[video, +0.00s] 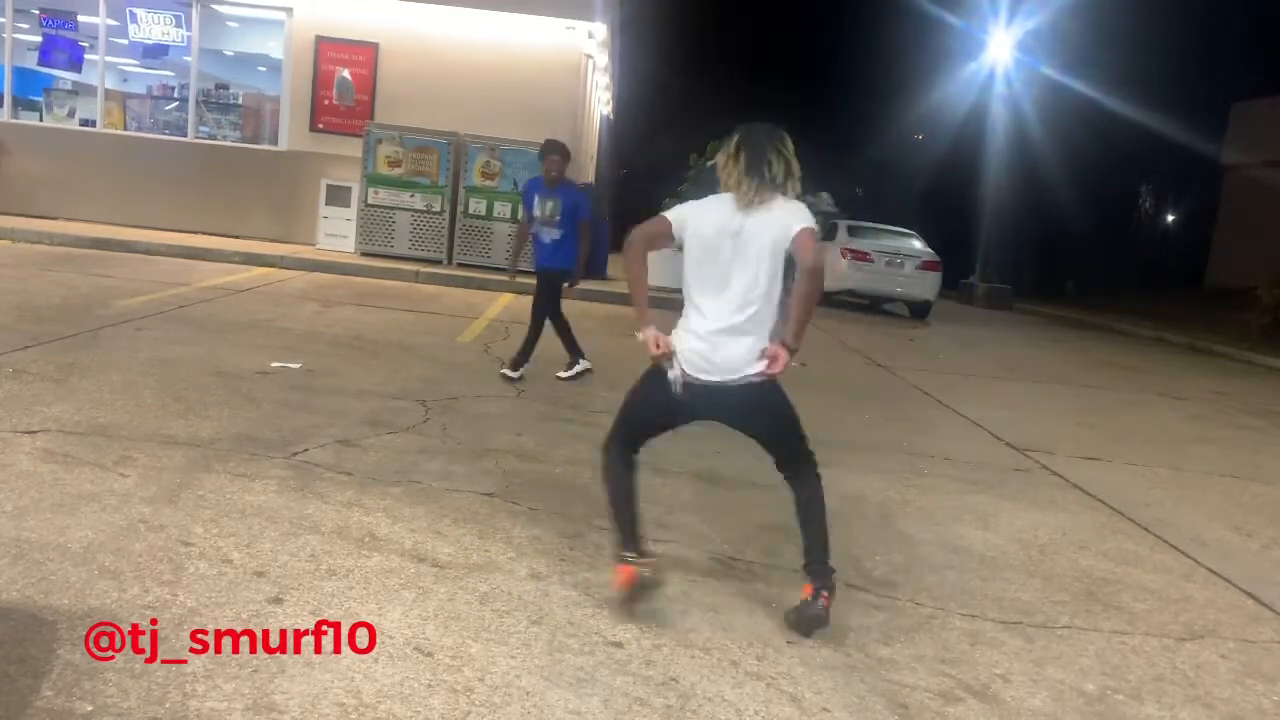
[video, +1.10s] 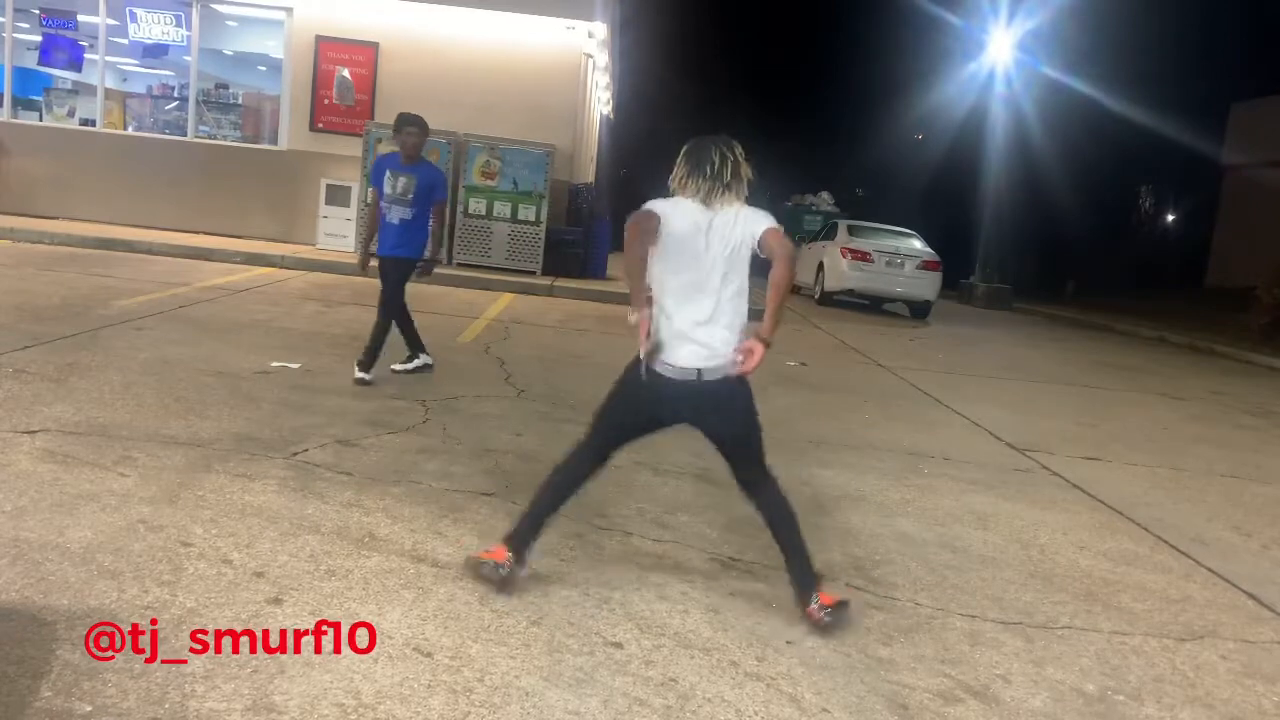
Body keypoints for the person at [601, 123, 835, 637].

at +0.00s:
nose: (719, 166)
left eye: (724, 158)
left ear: (729, 164)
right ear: (784, 168)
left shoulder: (698, 211)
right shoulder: (793, 213)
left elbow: (636, 240)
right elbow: (811, 262)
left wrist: (645, 322)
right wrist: (789, 340)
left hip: (681, 380)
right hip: (751, 388)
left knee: (619, 447)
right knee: (800, 468)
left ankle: (629, 556)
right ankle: (818, 584)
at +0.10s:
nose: (704, 168)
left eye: (706, 160)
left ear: (711, 165)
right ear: (767, 168)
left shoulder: (684, 212)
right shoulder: (776, 214)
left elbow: (633, 251)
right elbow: (790, 273)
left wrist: (638, 335)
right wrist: (772, 351)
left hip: (664, 383)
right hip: (734, 393)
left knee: (614, 461)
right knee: (768, 476)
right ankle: (809, 585)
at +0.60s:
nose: (675, 152)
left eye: (679, 144)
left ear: (682, 147)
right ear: (738, 151)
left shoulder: (657, 188)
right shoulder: (752, 193)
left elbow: (630, 227)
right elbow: (790, 229)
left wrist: (628, 308)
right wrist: (762, 310)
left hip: (645, 361)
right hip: (717, 368)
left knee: (576, 431)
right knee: (770, 458)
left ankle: (544, 554)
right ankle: (774, 583)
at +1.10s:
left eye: (679, 171)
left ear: (683, 174)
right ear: (740, 179)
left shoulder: (663, 209)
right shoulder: (754, 219)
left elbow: (637, 231)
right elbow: (783, 253)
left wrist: (639, 301)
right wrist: (765, 333)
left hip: (654, 384)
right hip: (724, 393)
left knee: (586, 455)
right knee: (760, 482)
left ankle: (512, 549)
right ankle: (811, 594)